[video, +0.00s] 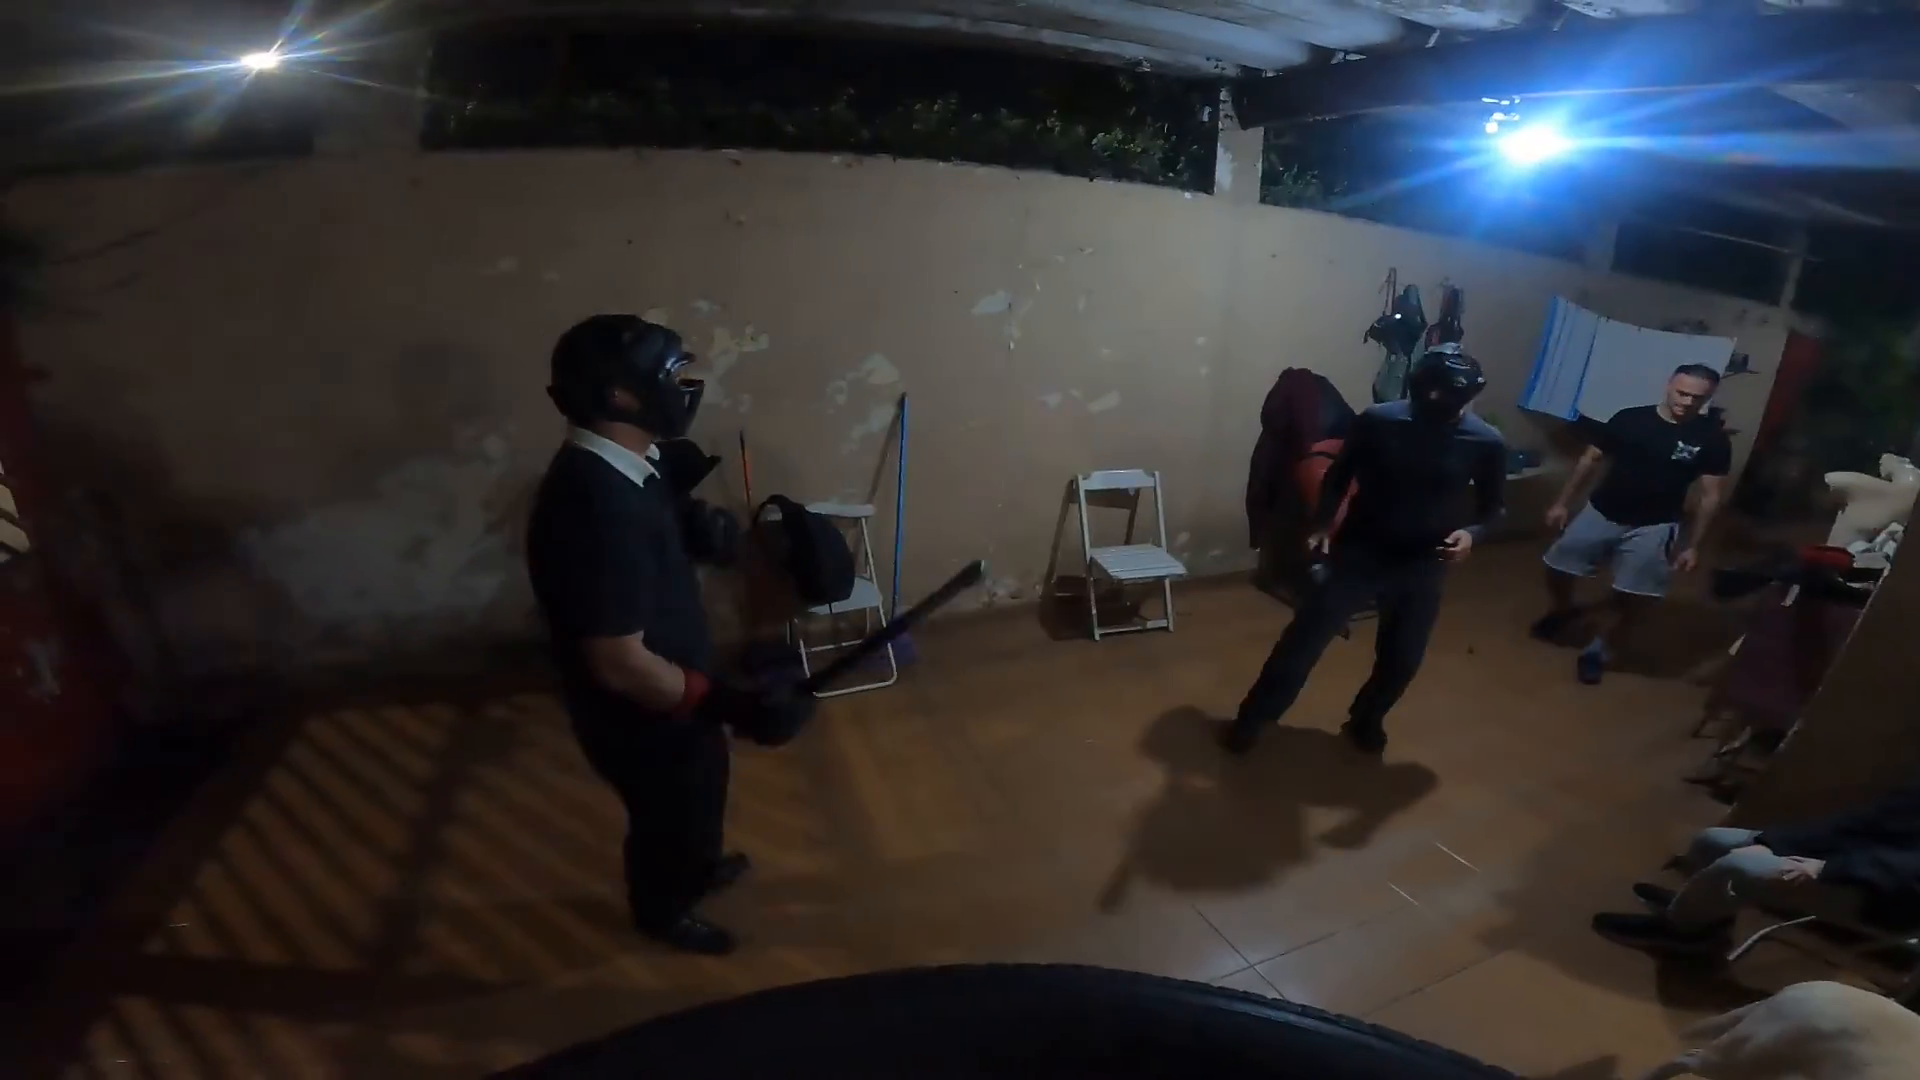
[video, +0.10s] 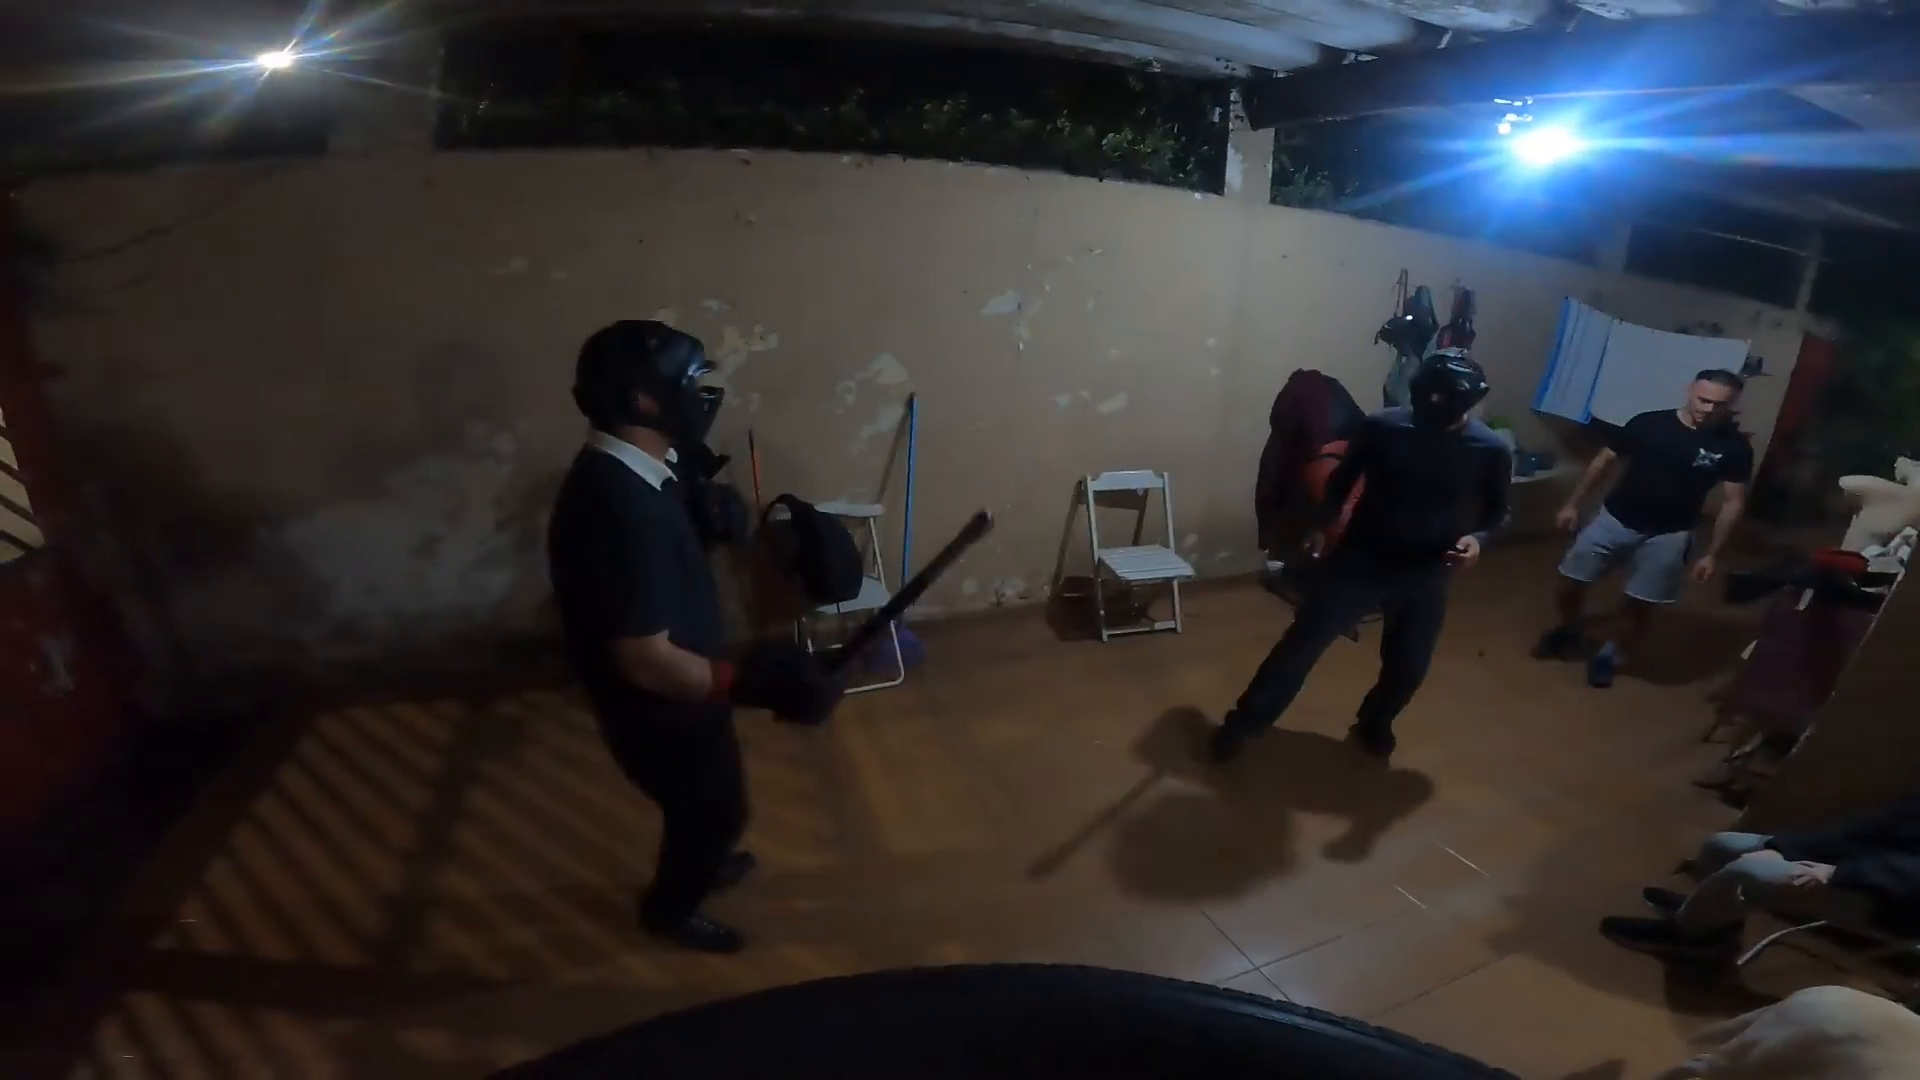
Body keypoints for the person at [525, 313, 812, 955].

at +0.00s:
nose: (684, 383)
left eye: (679, 368)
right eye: (665, 373)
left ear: (620, 398)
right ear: (620, 397)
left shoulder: (631, 466)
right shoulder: (588, 498)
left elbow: (635, 542)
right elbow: (616, 655)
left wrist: (692, 530)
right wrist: (713, 700)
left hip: (668, 689)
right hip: (633, 710)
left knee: (694, 788)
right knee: (666, 815)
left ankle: (695, 866)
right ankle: (662, 914)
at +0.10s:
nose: (703, 393)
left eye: (699, 378)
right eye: (687, 381)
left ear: (643, 401)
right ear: (644, 400)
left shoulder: (648, 468)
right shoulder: (609, 499)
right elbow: (638, 652)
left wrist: (705, 518)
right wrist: (745, 682)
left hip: (677, 683)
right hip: (649, 702)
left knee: (707, 785)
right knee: (707, 810)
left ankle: (703, 861)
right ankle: (672, 909)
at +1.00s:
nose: (913, 415)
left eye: (909, 402)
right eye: (901, 405)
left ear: (807, 417)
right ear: (868, 429)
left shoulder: (755, 479)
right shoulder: (890, 522)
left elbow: (645, 474)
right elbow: (962, 570)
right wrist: (990, 539)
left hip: (717, 685)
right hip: (808, 711)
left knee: (723, 765)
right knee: (883, 792)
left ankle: (675, 866)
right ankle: (894, 905)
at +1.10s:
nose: (883, 418)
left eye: (879, 405)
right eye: (870, 408)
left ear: (781, 418)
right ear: (837, 430)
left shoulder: (730, 472)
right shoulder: (859, 529)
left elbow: (628, 476)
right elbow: (904, 631)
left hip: (709, 692)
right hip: (801, 715)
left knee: (696, 770)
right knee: (882, 790)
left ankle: (616, 871)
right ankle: (896, 905)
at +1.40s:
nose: (747, 455)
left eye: (744, 439)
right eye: (734, 440)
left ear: (677, 443)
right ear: (692, 447)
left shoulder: (611, 502)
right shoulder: (690, 529)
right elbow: (714, 670)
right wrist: (795, 695)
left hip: (599, 705)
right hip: (669, 718)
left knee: (649, 790)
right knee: (761, 813)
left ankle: (594, 906)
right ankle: (873, 901)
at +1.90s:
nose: (542, 409)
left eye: (537, 395)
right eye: (521, 400)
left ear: (469, 428)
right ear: (466, 426)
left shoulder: (489, 492)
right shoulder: (439, 515)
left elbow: (510, 610)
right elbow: (475, 651)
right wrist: (577, 686)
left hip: (467, 686)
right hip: (450, 700)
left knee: (431, 782)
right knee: (583, 792)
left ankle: (387, 876)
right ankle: (603, 912)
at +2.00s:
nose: (505, 415)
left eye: (498, 403)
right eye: (483, 408)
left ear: (434, 437)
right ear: (431, 436)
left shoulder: (458, 497)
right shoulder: (404, 525)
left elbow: (466, 588)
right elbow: (445, 661)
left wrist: (525, 590)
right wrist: (543, 693)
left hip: (460, 686)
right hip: (424, 704)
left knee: (451, 772)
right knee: (585, 784)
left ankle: (389, 878)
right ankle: (605, 905)